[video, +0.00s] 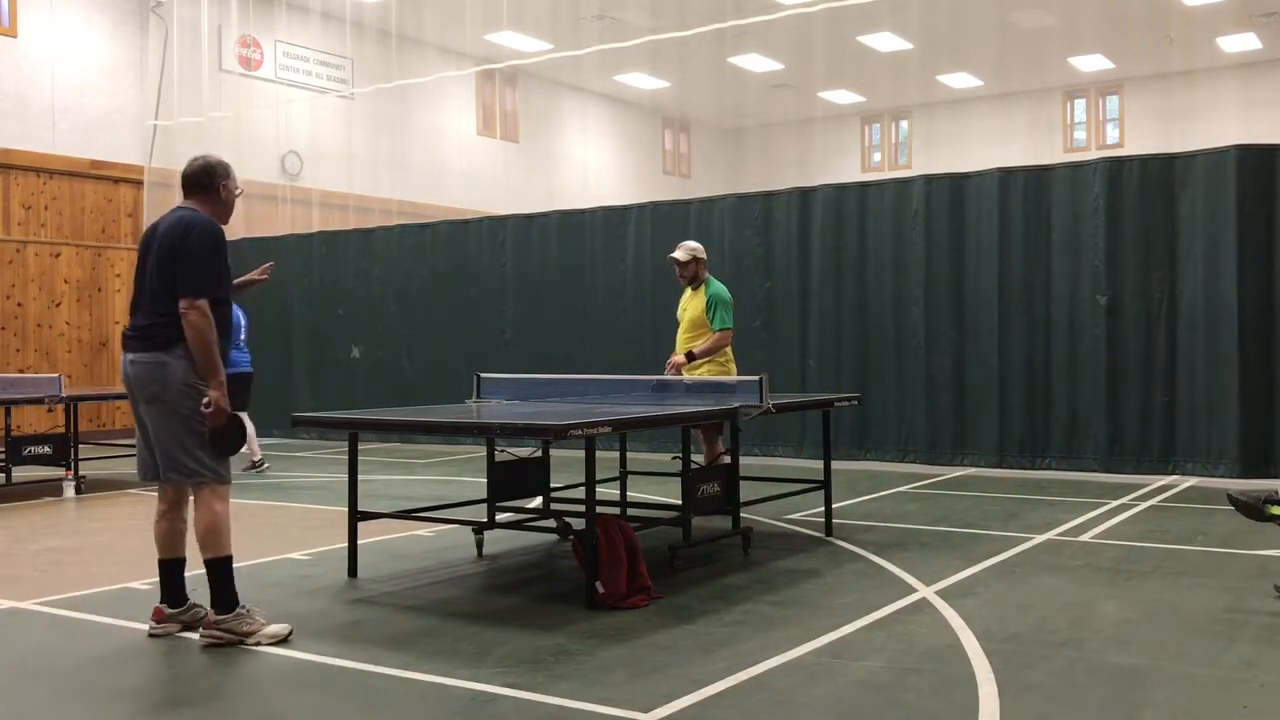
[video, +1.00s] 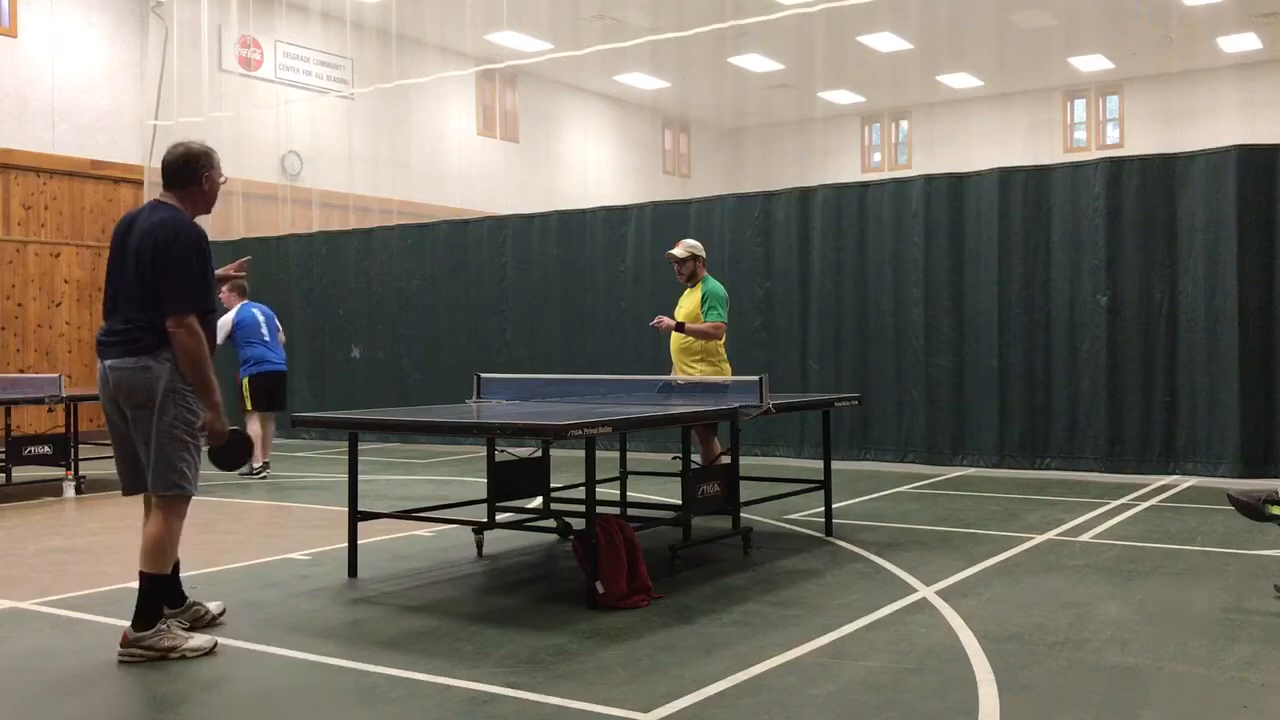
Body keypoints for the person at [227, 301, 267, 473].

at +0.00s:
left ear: (216, 295)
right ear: (229, 292)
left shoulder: (220, 312)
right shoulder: (239, 311)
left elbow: (217, 342)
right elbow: (242, 339)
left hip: (229, 366)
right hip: (245, 365)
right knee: (241, 411)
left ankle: (256, 456)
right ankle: (256, 456)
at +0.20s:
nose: (224, 295)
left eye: (225, 291)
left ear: (229, 291)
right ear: (244, 290)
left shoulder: (232, 309)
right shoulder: (253, 310)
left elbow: (232, 341)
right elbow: (256, 339)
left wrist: (217, 357)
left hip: (238, 370)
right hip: (259, 368)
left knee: (225, 415)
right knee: (253, 413)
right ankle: (259, 458)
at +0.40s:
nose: (229, 299)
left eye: (231, 296)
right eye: (229, 296)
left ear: (237, 294)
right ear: (248, 293)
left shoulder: (237, 310)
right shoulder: (263, 311)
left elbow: (238, 340)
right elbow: (274, 342)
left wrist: (222, 357)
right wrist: (278, 369)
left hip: (242, 371)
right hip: (264, 369)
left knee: (230, 416)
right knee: (256, 415)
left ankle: (230, 458)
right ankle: (260, 459)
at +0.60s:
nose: (234, 291)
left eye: (237, 287)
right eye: (235, 287)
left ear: (247, 289)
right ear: (254, 291)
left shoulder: (240, 310)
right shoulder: (269, 311)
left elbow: (238, 341)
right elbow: (280, 342)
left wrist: (225, 359)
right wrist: (287, 369)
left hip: (248, 371)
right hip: (268, 370)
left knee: (243, 414)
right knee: (258, 415)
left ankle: (248, 455)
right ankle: (260, 459)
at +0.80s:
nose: (233, 292)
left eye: (236, 289)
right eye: (234, 288)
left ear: (248, 291)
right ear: (254, 291)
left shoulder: (240, 312)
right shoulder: (270, 312)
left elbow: (228, 345)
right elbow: (279, 344)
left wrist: (216, 350)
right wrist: (275, 367)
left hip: (251, 372)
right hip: (271, 371)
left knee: (250, 416)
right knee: (258, 416)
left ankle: (258, 460)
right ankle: (259, 459)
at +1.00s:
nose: (221, 298)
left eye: (223, 293)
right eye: (221, 293)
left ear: (235, 295)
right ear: (242, 295)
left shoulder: (230, 317)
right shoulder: (265, 310)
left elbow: (212, 345)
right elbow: (281, 337)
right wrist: (272, 358)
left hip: (255, 370)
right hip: (278, 368)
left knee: (253, 416)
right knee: (269, 416)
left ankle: (257, 462)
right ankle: (265, 459)